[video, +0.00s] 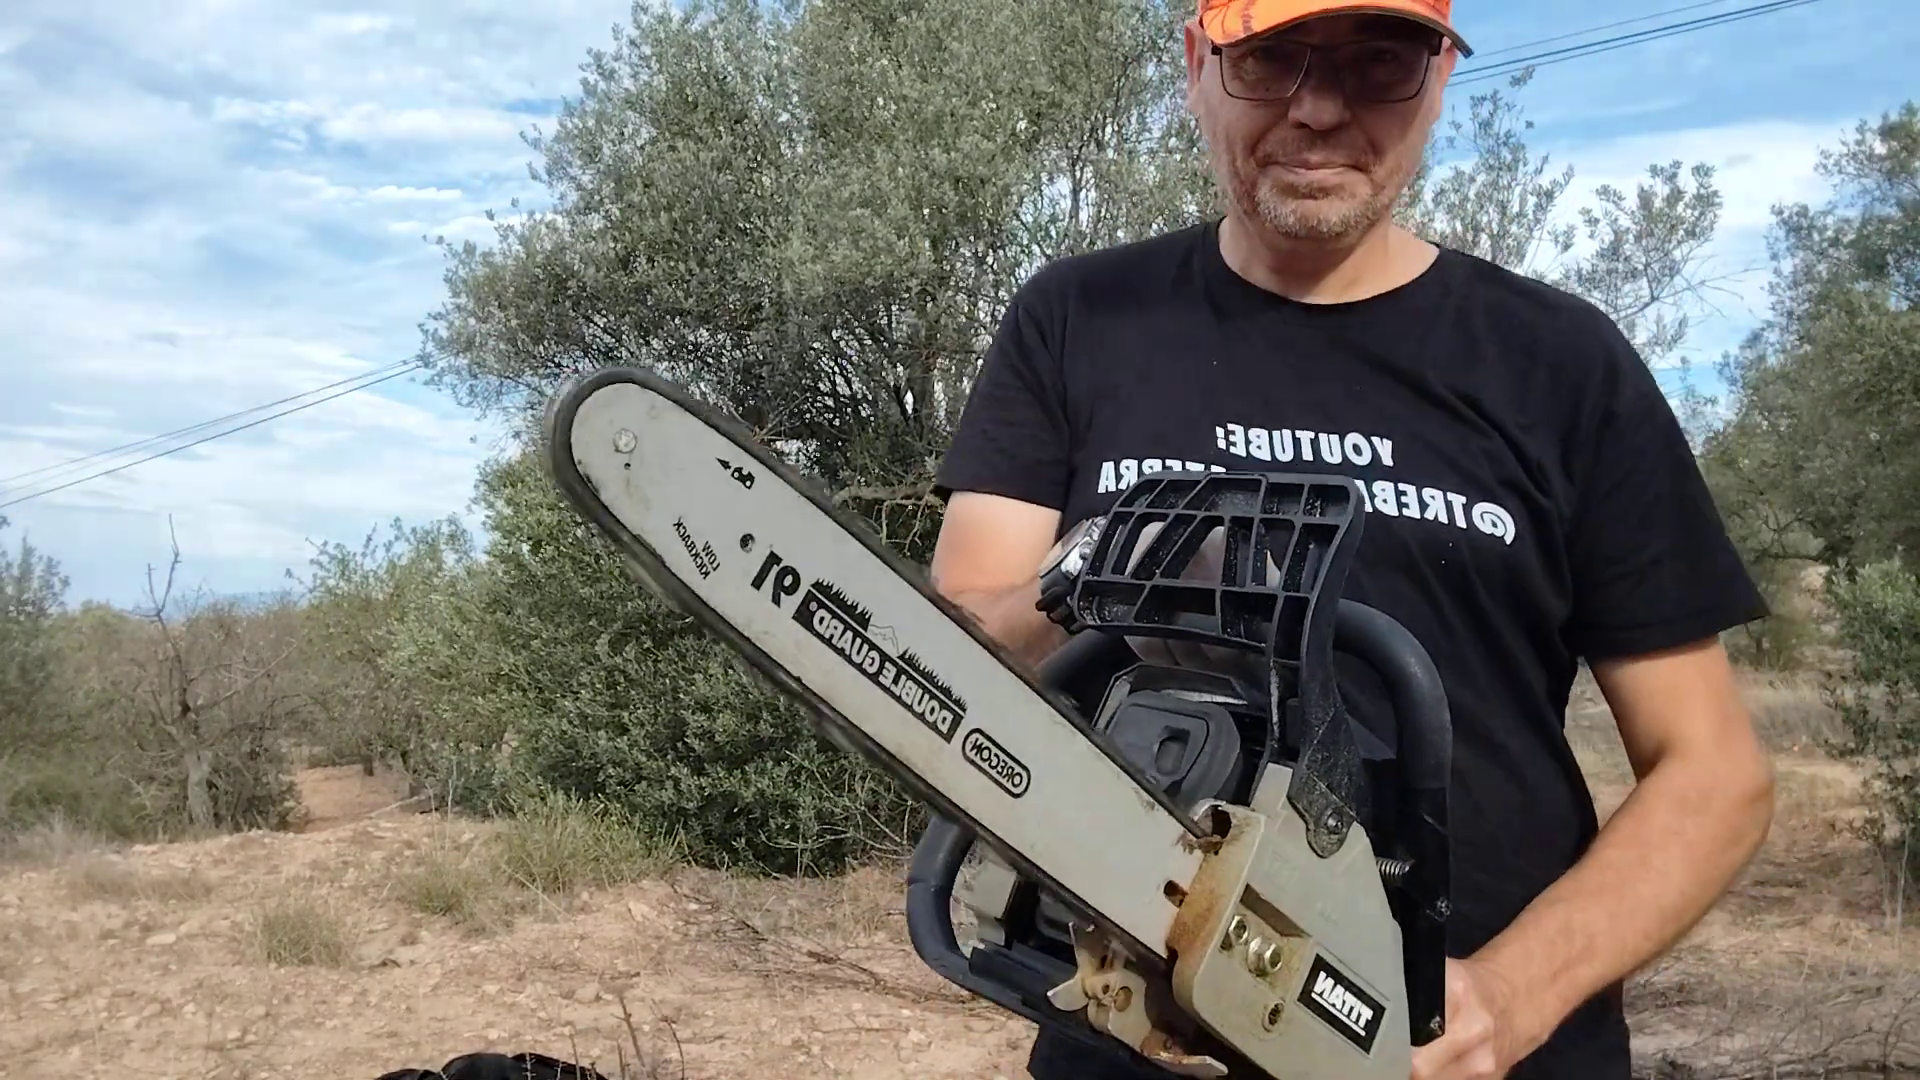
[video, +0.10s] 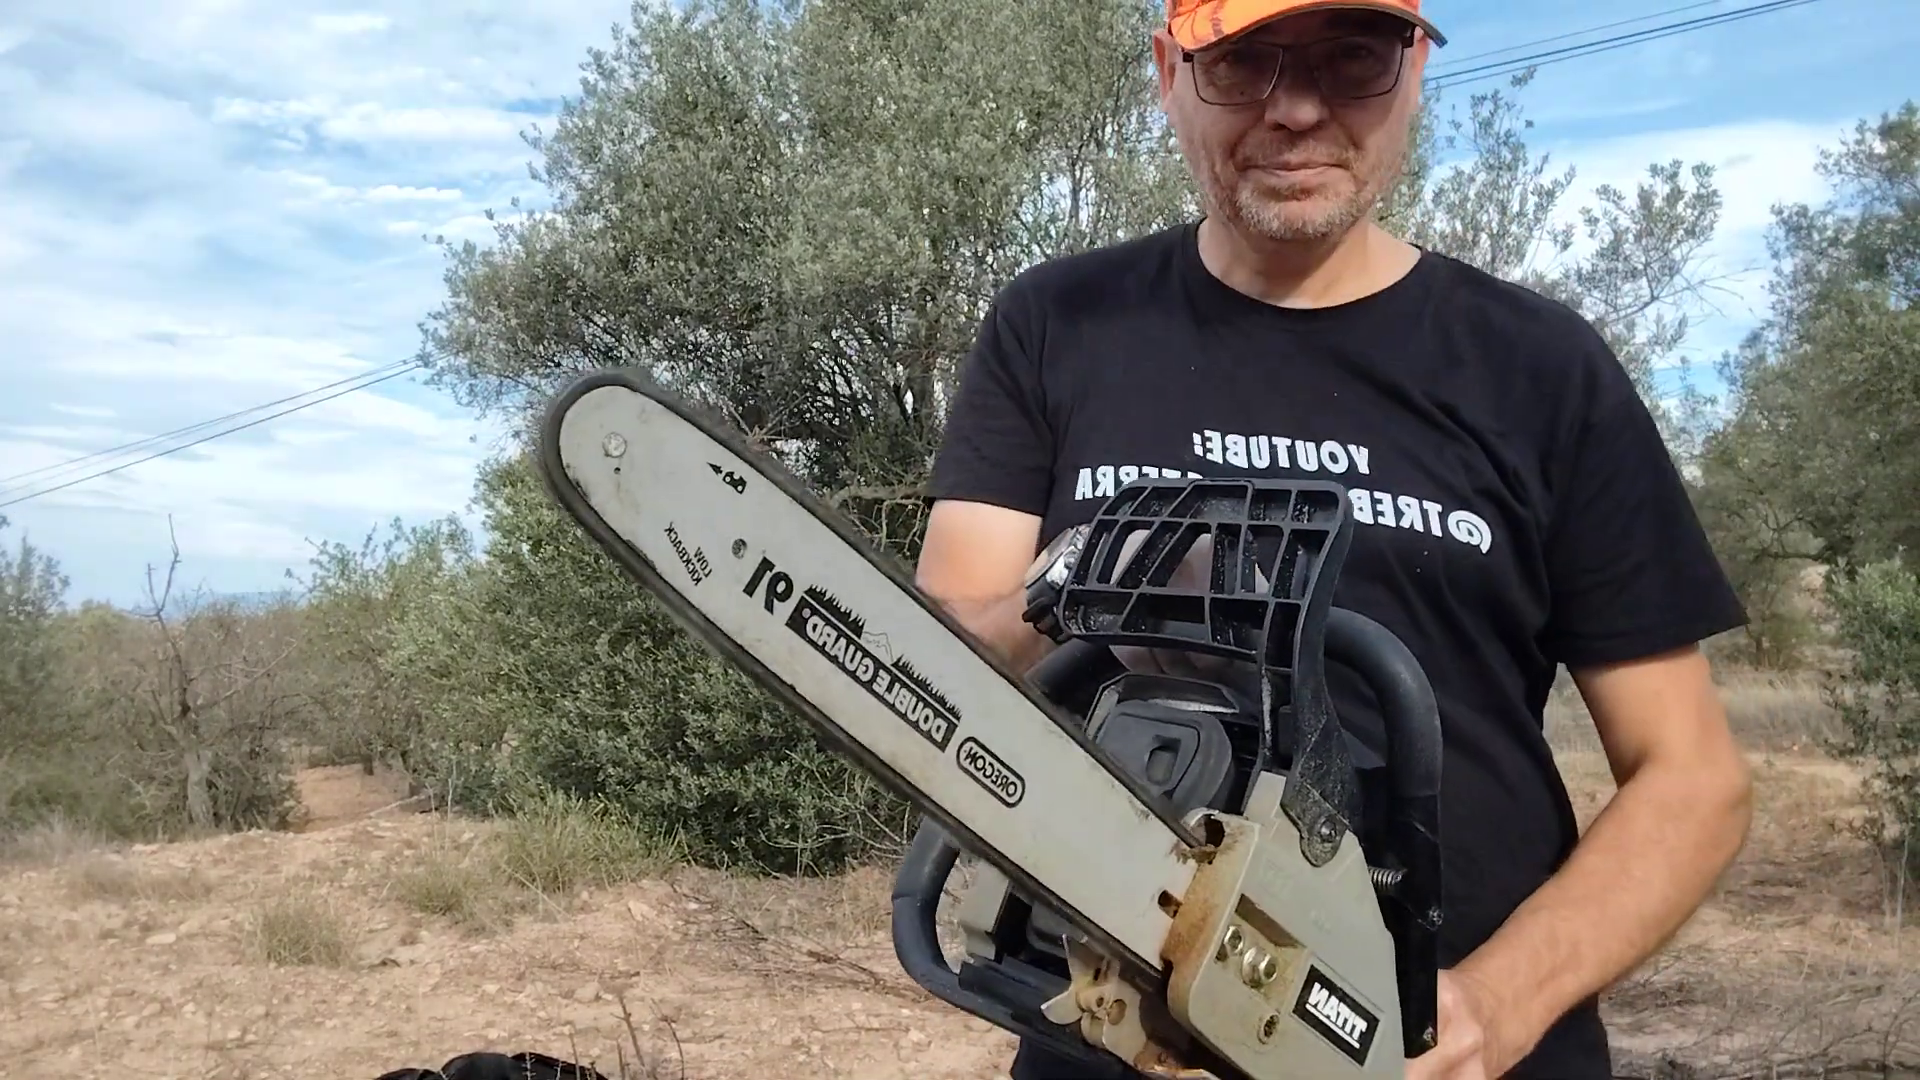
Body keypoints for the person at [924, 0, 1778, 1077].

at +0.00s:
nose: (1318, 109)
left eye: (1376, 66)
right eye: (1272, 59)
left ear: (1438, 84)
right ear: (1198, 75)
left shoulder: (1563, 362)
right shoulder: (1075, 319)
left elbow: (1715, 772)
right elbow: (964, 633)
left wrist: (1510, 997)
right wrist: (1119, 582)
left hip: (1492, 1043)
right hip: (1134, 1030)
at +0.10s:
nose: (1295, 110)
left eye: (1348, 59)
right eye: (1245, 61)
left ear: (1415, 68)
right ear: (1170, 79)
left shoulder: (1542, 368)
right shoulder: (1052, 327)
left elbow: (1693, 778)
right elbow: (946, 651)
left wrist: (1495, 1003)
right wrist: (1095, 584)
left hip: (1469, 1043)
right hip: (1115, 1029)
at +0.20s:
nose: (1282, 109)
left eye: (1332, 56)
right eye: (1231, 63)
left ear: (1399, 63)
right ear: (1152, 82)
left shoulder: (1531, 367)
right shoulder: (1039, 328)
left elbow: (1686, 782)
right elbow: (935, 659)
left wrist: (1484, 1022)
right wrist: (1097, 607)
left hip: (1455, 1039)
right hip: (1103, 1030)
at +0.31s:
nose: (1271, 109)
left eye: (1322, 52)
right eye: (1215, 62)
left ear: (1390, 59)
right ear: (1138, 84)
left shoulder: (1530, 371)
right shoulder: (1034, 332)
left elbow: (1700, 794)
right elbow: (930, 662)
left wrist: (1475, 1041)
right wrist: (1083, 620)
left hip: (1454, 1033)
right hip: (1104, 1025)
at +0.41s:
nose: (1261, 117)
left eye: (1316, 57)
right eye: (1205, 67)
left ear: (1384, 63)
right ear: (1130, 90)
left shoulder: (1541, 379)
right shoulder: (1034, 342)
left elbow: (1716, 809)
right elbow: (922, 679)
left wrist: (1467, 1063)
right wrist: (1069, 641)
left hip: (1459, 1042)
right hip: (1093, 1037)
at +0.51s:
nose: (1255, 114)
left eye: (1312, 51)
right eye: (1196, 64)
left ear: (1384, 52)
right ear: (1120, 90)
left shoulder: (1553, 375)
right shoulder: (1037, 341)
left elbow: (1731, 812)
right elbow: (925, 680)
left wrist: (1467, 1067)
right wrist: (1074, 643)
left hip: (1457, 1037)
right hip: (1084, 1035)